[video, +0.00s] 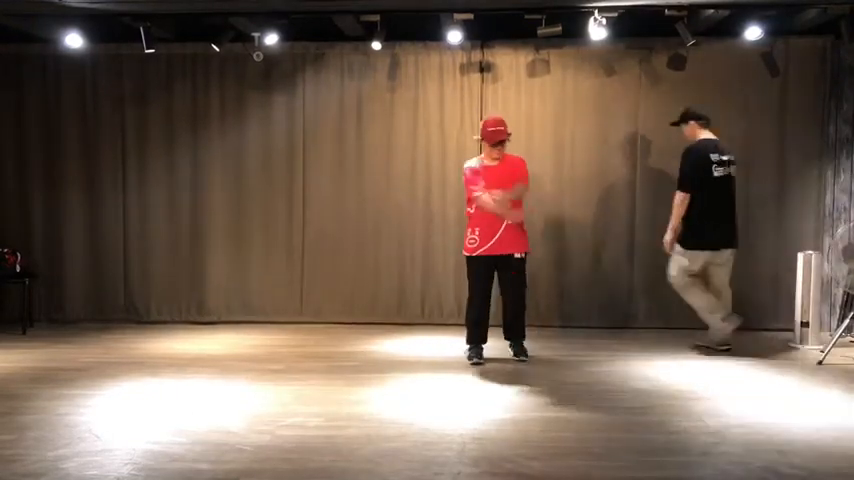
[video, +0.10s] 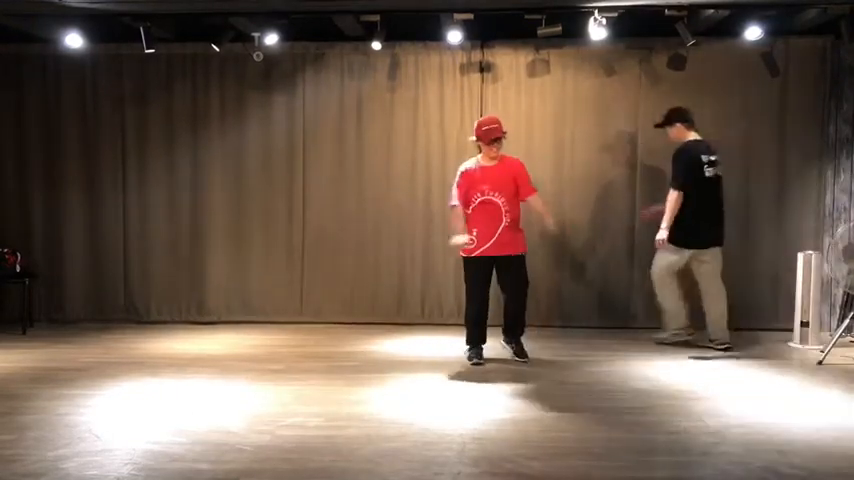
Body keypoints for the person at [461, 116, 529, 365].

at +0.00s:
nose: (499, 150)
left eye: (502, 144)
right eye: (494, 145)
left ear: (507, 141)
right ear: (483, 142)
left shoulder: (517, 164)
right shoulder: (472, 168)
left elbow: (520, 190)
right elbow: (480, 199)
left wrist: (497, 197)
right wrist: (509, 211)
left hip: (512, 243)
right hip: (480, 245)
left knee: (515, 297)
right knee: (478, 297)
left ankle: (517, 341)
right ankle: (475, 345)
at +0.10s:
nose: (495, 147)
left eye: (499, 141)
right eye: (490, 143)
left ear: (503, 140)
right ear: (479, 142)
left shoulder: (514, 166)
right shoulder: (467, 170)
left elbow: (530, 195)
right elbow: (457, 206)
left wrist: (548, 218)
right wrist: (460, 232)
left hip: (509, 245)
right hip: (477, 247)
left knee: (517, 292)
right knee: (476, 298)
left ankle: (513, 337)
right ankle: (475, 346)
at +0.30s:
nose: (495, 139)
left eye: (499, 134)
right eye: (490, 136)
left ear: (504, 136)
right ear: (479, 139)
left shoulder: (517, 165)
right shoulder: (466, 168)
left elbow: (529, 193)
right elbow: (440, 190)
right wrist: (417, 209)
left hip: (510, 243)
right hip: (477, 246)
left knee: (522, 295)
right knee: (477, 298)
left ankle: (534, 344)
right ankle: (475, 347)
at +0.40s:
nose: (501, 139)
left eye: (504, 134)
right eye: (495, 135)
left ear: (509, 137)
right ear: (484, 139)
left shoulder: (519, 165)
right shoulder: (470, 168)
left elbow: (523, 198)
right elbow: (445, 191)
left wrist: (513, 223)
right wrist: (422, 212)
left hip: (513, 244)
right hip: (479, 246)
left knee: (524, 296)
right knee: (478, 299)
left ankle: (542, 345)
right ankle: (475, 347)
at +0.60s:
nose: (515, 143)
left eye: (520, 138)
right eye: (510, 138)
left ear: (525, 140)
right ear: (499, 138)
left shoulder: (531, 169)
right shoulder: (484, 170)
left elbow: (535, 208)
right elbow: (476, 209)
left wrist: (533, 239)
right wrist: (474, 241)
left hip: (527, 247)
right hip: (494, 248)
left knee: (532, 302)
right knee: (487, 300)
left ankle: (540, 353)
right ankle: (477, 346)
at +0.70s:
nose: (523, 145)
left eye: (528, 141)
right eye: (519, 140)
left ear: (533, 142)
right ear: (507, 137)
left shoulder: (535, 168)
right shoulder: (492, 168)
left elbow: (547, 205)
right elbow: (495, 207)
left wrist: (556, 233)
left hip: (538, 247)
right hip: (505, 248)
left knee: (540, 302)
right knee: (497, 298)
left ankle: (542, 353)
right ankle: (479, 343)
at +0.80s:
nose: (531, 147)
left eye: (536, 142)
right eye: (527, 141)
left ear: (539, 142)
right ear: (513, 138)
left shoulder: (542, 169)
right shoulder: (500, 168)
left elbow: (557, 203)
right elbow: (510, 197)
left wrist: (582, 224)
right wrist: (543, 206)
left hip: (546, 249)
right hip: (515, 250)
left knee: (545, 305)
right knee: (512, 300)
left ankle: (543, 354)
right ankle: (487, 340)